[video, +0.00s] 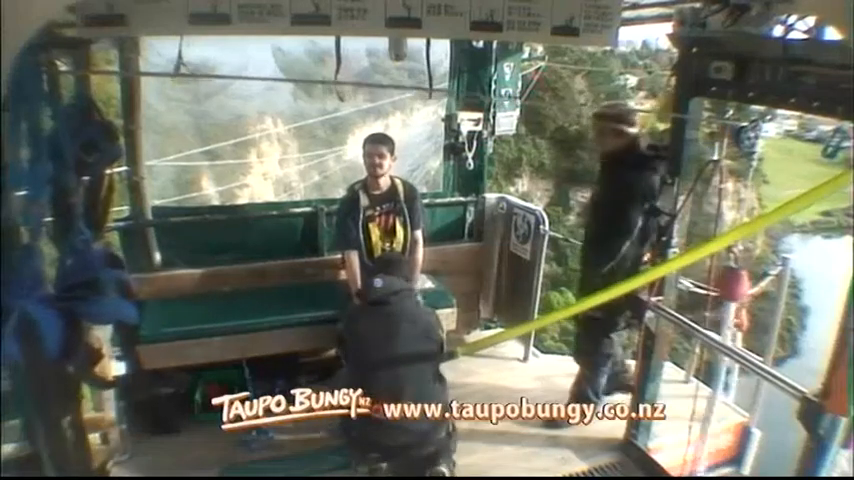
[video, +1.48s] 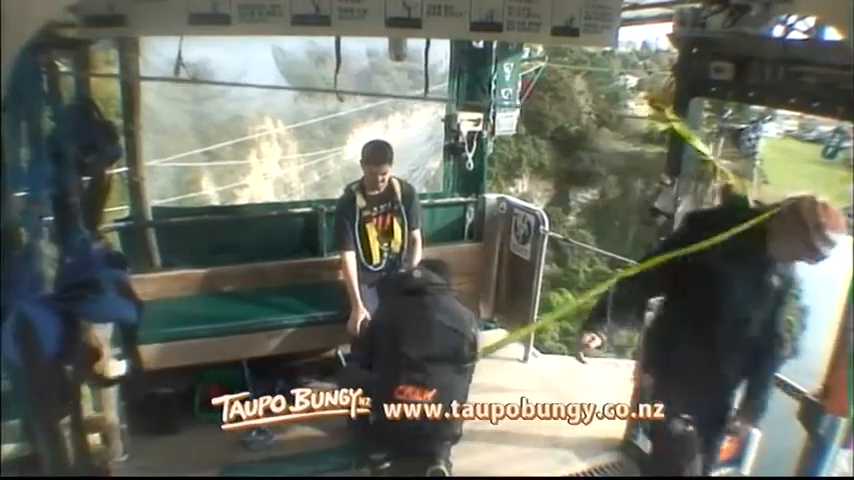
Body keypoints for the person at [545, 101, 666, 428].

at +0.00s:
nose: (598, 139)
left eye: (604, 133)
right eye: (598, 132)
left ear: (623, 134)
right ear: (609, 133)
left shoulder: (635, 171)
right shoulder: (614, 165)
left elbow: (626, 227)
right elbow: (607, 218)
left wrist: (600, 270)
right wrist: (592, 258)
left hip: (616, 265)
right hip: (598, 261)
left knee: (598, 330)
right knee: (593, 325)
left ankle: (581, 403)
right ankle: (618, 374)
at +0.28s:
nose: (600, 149)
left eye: (609, 143)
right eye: (595, 141)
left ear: (621, 145)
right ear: (586, 140)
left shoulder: (634, 180)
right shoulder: (582, 173)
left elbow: (638, 245)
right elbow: (566, 219)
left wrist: (620, 294)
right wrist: (547, 244)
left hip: (610, 278)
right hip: (573, 271)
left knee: (593, 348)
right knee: (548, 339)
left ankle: (579, 411)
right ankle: (524, 403)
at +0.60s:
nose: (612, 158)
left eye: (617, 151)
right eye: (604, 150)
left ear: (623, 152)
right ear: (584, 149)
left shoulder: (632, 193)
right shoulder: (558, 187)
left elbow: (648, 254)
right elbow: (530, 241)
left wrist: (645, 308)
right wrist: (528, 294)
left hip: (608, 305)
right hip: (561, 300)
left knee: (588, 389)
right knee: (547, 383)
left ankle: (545, 422)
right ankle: (533, 449)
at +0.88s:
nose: (652, 186)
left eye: (658, 180)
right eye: (647, 177)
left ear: (662, 176)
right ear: (624, 164)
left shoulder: (652, 212)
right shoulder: (577, 201)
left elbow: (653, 273)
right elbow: (557, 275)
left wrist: (648, 325)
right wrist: (576, 334)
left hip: (620, 321)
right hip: (575, 316)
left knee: (630, 402)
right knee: (559, 389)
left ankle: (598, 468)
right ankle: (537, 456)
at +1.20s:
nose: (732, 237)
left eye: (740, 232)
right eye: (737, 226)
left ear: (726, 211)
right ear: (723, 204)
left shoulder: (698, 238)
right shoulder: (656, 215)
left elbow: (683, 306)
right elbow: (618, 293)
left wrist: (690, 356)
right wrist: (631, 366)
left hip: (664, 360)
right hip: (620, 350)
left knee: (656, 458)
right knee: (591, 432)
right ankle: (546, 448)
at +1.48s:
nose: (798, 263)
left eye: (806, 260)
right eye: (802, 253)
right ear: (789, 226)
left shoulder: (780, 272)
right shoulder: (712, 231)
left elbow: (769, 346)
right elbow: (647, 276)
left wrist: (751, 409)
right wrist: (602, 325)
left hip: (718, 394)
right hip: (669, 380)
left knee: (700, 467)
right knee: (679, 466)